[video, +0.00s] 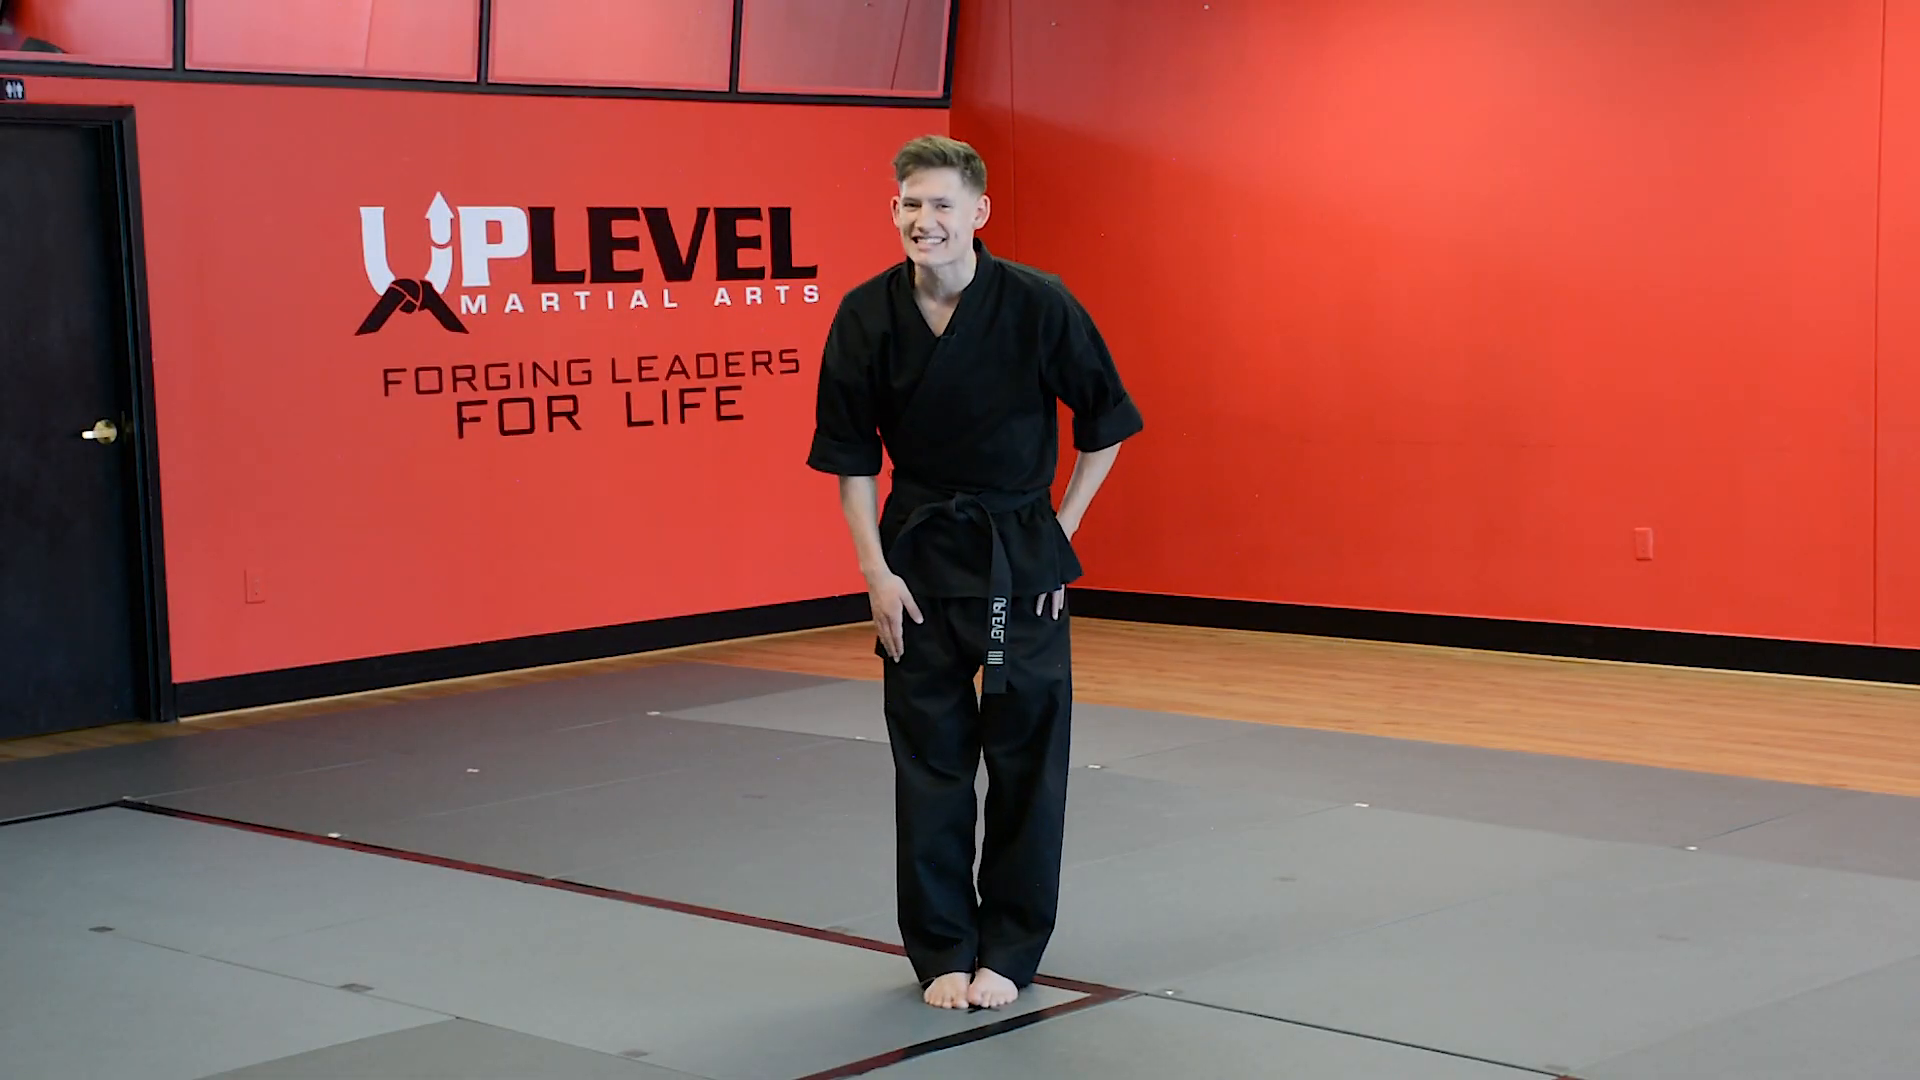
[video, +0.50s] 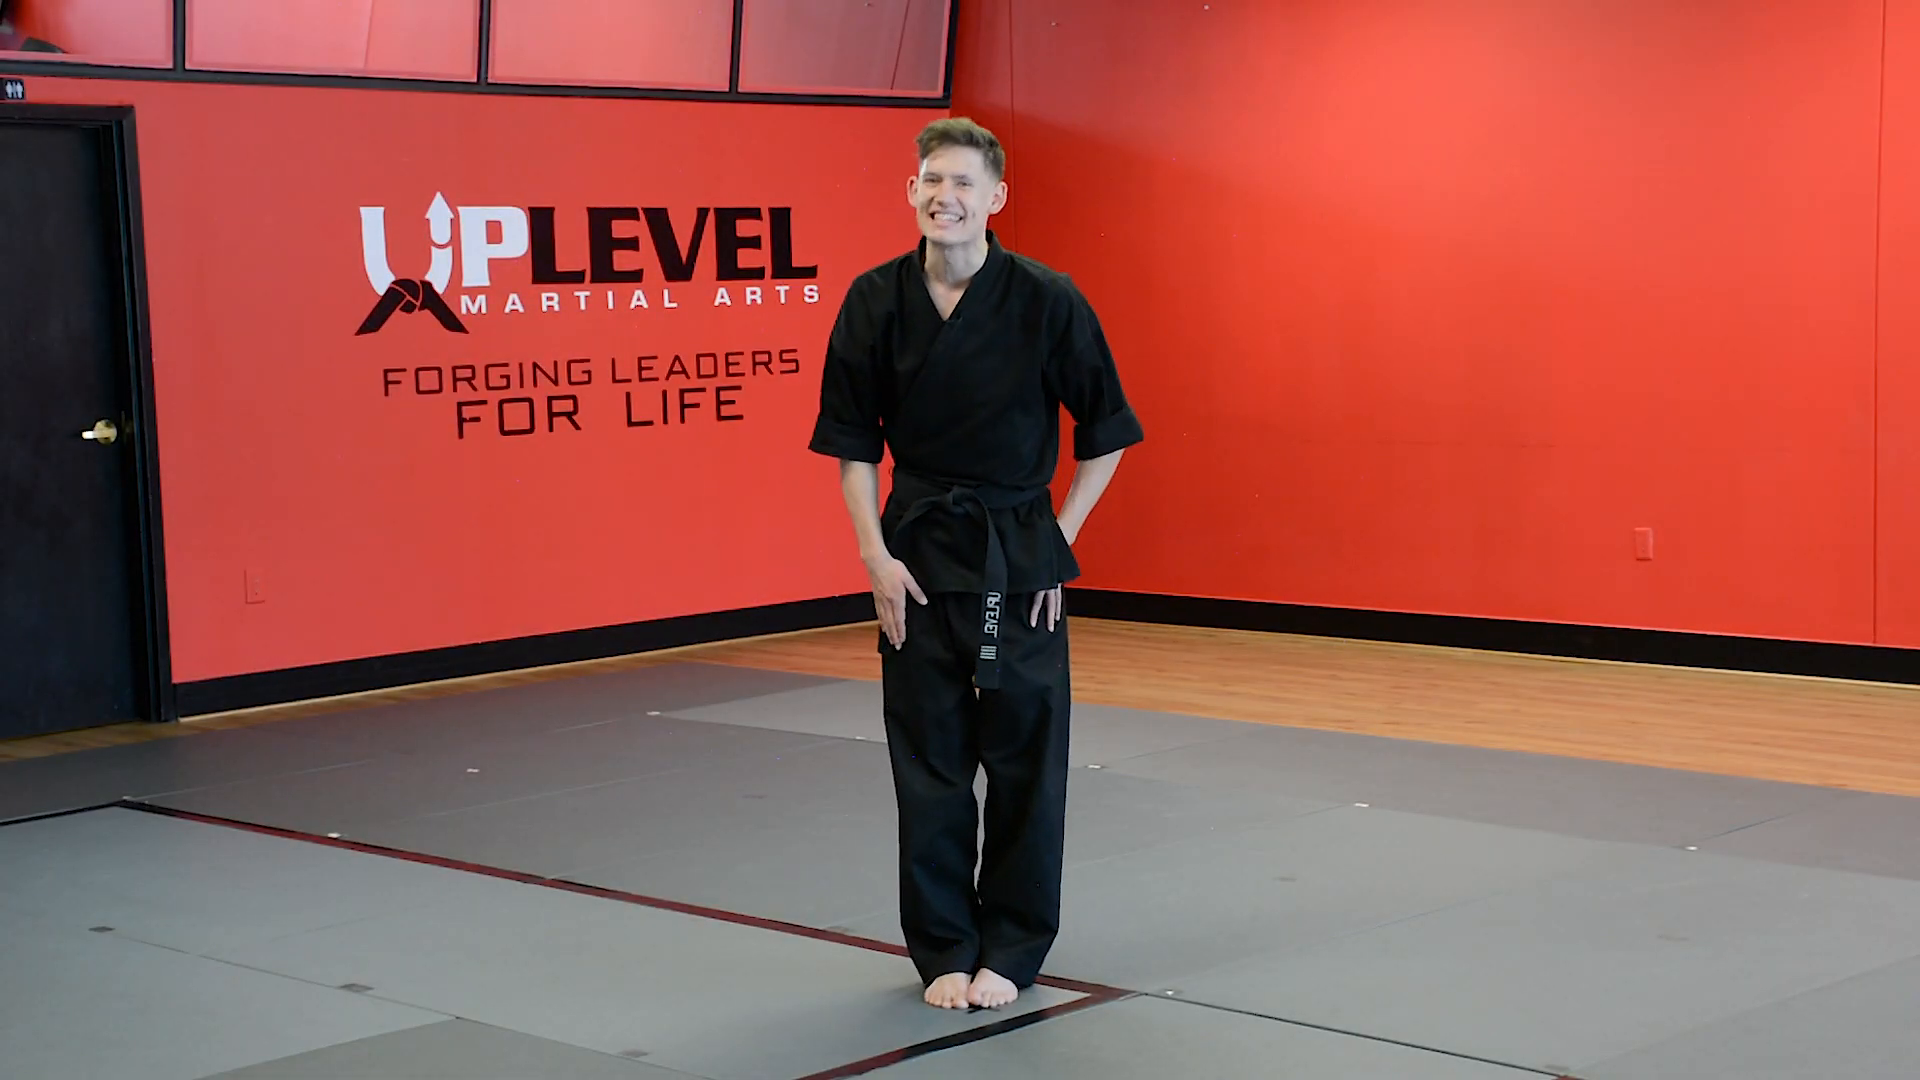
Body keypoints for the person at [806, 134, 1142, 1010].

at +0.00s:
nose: (923, 220)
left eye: (941, 204)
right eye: (910, 205)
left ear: (979, 211)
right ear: (895, 215)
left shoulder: (1036, 303)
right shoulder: (865, 317)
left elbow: (1108, 418)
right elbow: (851, 457)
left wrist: (1061, 531)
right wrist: (875, 574)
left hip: (1022, 544)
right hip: (918, 548)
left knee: (1027, 764)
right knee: (931, 766)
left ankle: (1008, 953)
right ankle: (944, 953)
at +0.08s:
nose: (927, 218)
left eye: (944, 203)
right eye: (914, 203)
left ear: (982, 211)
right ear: (898, 214)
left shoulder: (1037, 304)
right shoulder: (866, 314)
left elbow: (1108, 420)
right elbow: (851, 454)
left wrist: (1061, 531)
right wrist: (876, 571)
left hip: (1022, 543)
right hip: (918, 547)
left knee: (1026, 762)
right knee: (931, 764)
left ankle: (1009, 953)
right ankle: (945, 953)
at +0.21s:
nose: (930, 214)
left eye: (948, 199)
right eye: (918, 198)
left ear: (986, 210)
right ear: (901, 208)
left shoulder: (1040, 305)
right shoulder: (868, 312)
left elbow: (1109, 426)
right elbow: (851, 453)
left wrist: (1059, 534)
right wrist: (877, 569)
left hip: (1020, 544)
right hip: (917, 546)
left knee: (1026, 764)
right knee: (931, 765)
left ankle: (1009, 954)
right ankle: (945, 953)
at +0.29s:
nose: (932, 210)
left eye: (951, 195)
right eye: (920, 194)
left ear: (989, 206)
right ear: (904, 205)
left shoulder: (1043, 306)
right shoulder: (869, 310)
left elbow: (1107, 430)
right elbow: (851, 450)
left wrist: (1056, 539)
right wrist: (877, 565)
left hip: (1020, 545)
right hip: (917, 547)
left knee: (1027, 766)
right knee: (931, 766)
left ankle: (1010, 954)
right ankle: (945, 953)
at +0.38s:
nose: (937, 204)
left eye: (955, 190)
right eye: (925, 190)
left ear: (991, 202)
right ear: (907, 202)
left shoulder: (1044, 304)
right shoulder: (871, 306)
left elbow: (1107, 430)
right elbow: (852, 448)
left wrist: (1057, 539)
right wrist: (877, 562)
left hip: (1020, 544)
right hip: (916, 545)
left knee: (1026, 766)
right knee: (931, 766)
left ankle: (1010, 954)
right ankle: (944, 953)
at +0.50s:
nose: (946, 196)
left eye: (964, 182)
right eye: (933, 181)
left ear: (996, 197)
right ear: (913, 194)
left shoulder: (1046, 300)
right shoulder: (874, 301)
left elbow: (1106, 428)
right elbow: (852, 443)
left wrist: (1058, 537)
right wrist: (875, 557)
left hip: (1020, 544)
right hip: (916, 544)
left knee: (1026, 764)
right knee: (930, 766)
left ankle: (1011, 953)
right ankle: (944, 953)